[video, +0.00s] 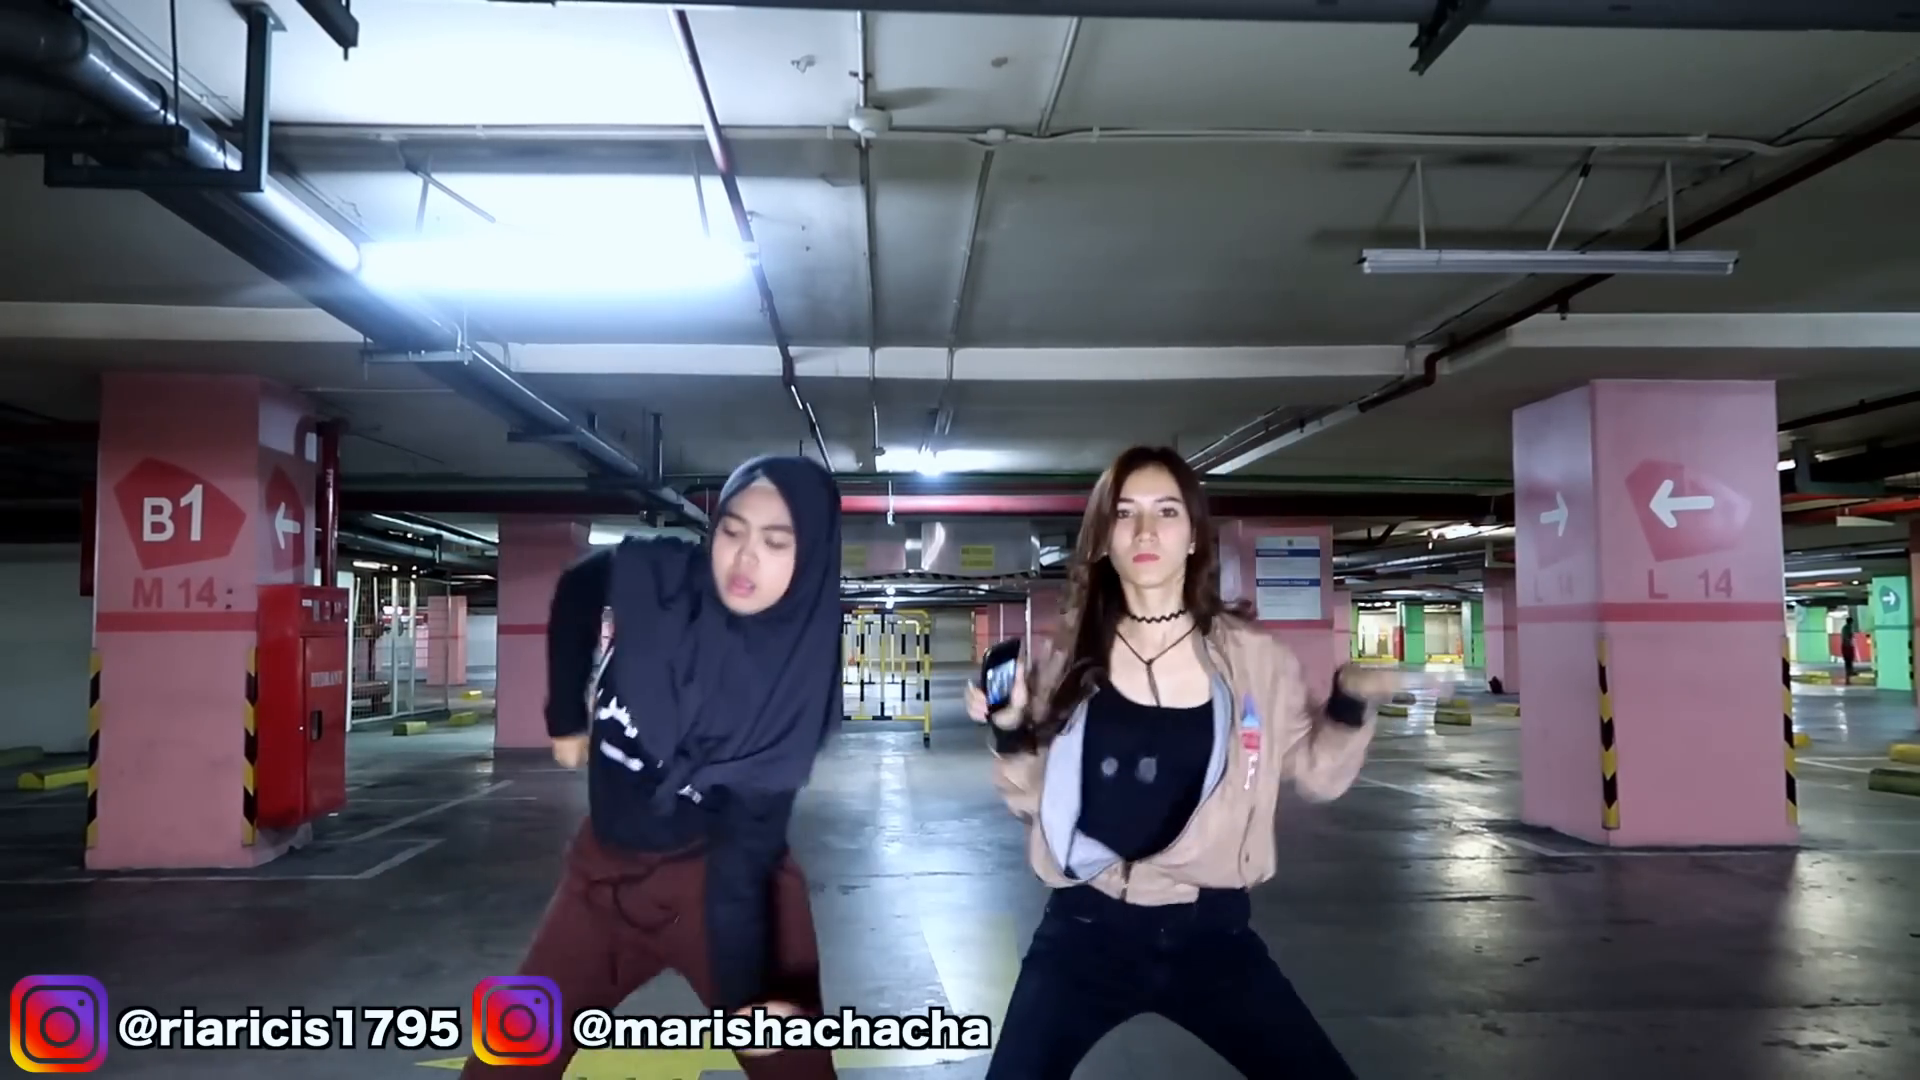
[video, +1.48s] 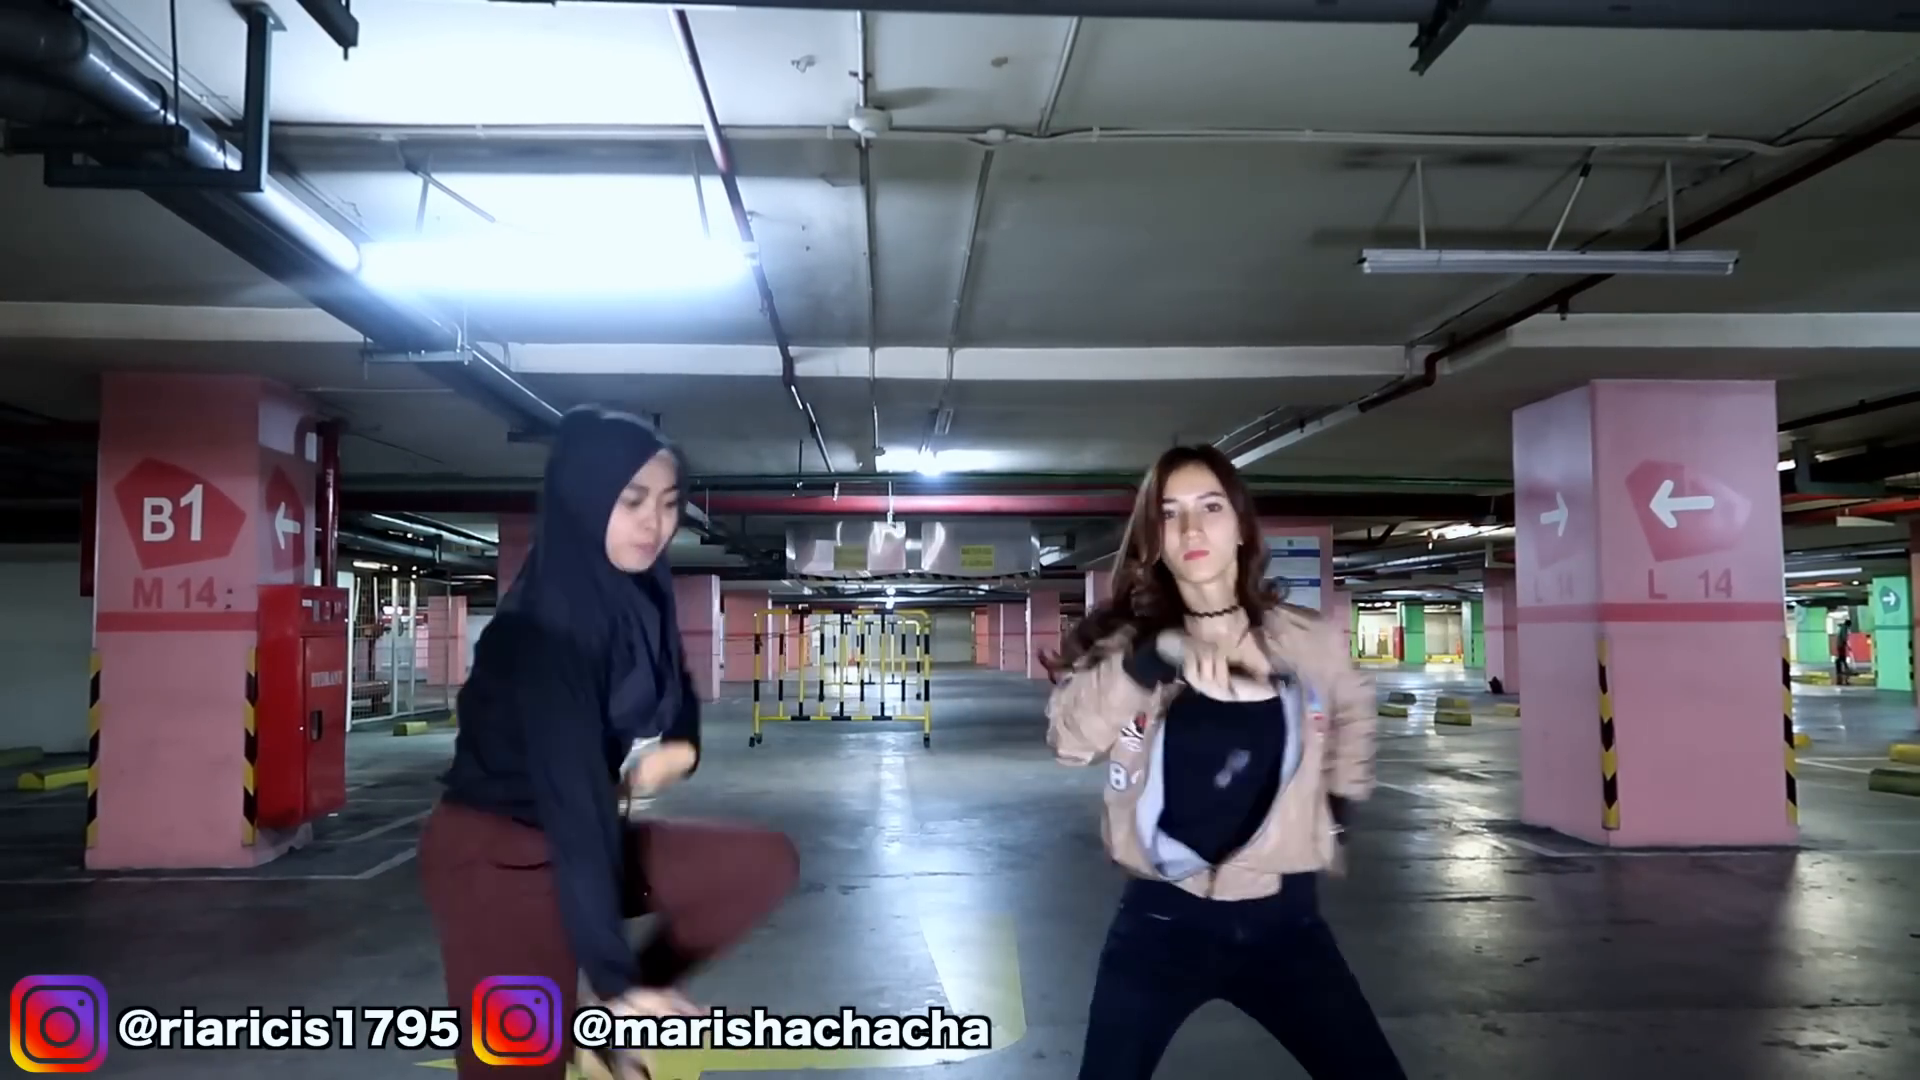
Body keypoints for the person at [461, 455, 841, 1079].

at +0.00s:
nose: (745, 559)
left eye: (775, 542)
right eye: (733, 532)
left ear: (810, 558)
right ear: (713, 531)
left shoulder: (796, 676)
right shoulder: (662, 570)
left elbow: (749, 844)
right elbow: (580, 586)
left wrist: (746, 1002)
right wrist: (565, 718)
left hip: (725, 875)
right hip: (606, 866)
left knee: (792, 1064)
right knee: (506, 1055)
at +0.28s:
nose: (631, 529)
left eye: (658, 509)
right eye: (612, 503)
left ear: (685, 524)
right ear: (586, 508)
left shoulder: (683, 633)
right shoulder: (522, 559)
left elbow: (692, 807)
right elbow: (385, 512)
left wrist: (608, 941)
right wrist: (430, 636)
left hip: (641, 864)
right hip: (512, 864)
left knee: (753, 1063)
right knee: (447, 1067)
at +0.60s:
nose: (585, 573)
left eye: (606, 546)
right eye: (559, 551)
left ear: (635, 549)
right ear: (537, 561)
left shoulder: (691, 597)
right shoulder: (530, 693)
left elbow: (806, 642)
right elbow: (554, 883)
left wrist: (731, 751)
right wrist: (537, 1027)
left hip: (670, 874)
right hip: (546, 875)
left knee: (769, 1064)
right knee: (457, 1062)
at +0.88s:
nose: (735, 553)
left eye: (757, 529)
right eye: (715, 530)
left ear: (786, 533)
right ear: (692, 532)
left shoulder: (806, 649)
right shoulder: (636, 600)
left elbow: (770, 786)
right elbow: (590, 734)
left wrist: (751, 913)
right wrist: (652, 856)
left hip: (699, 823)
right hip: (592, 797)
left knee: (743, 1030)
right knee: (519, 930)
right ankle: (557, 1063)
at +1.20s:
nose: (749, 577)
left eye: (772, 559)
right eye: (732, 551)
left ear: (788, 572)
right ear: (698, 551)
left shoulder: (760, 692)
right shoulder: (624, 589)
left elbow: (705, 843)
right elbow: (497, 564)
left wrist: (661, 980)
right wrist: (496, 674)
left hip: (664, 888)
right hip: (552, 883)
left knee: (723, 1067)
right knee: (555, 1069)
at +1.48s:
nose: (657, 523)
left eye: (669, 501)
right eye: (635, 501)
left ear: (679, 505)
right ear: (585, 501)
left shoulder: (642, 599)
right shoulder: (547, 627)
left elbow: (677, 694)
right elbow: (576, 814)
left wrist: (680, 750)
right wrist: (616, 982)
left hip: (583, 837)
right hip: (495, 856)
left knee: (762, 862)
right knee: (518, 1057)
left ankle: (600, 1027)